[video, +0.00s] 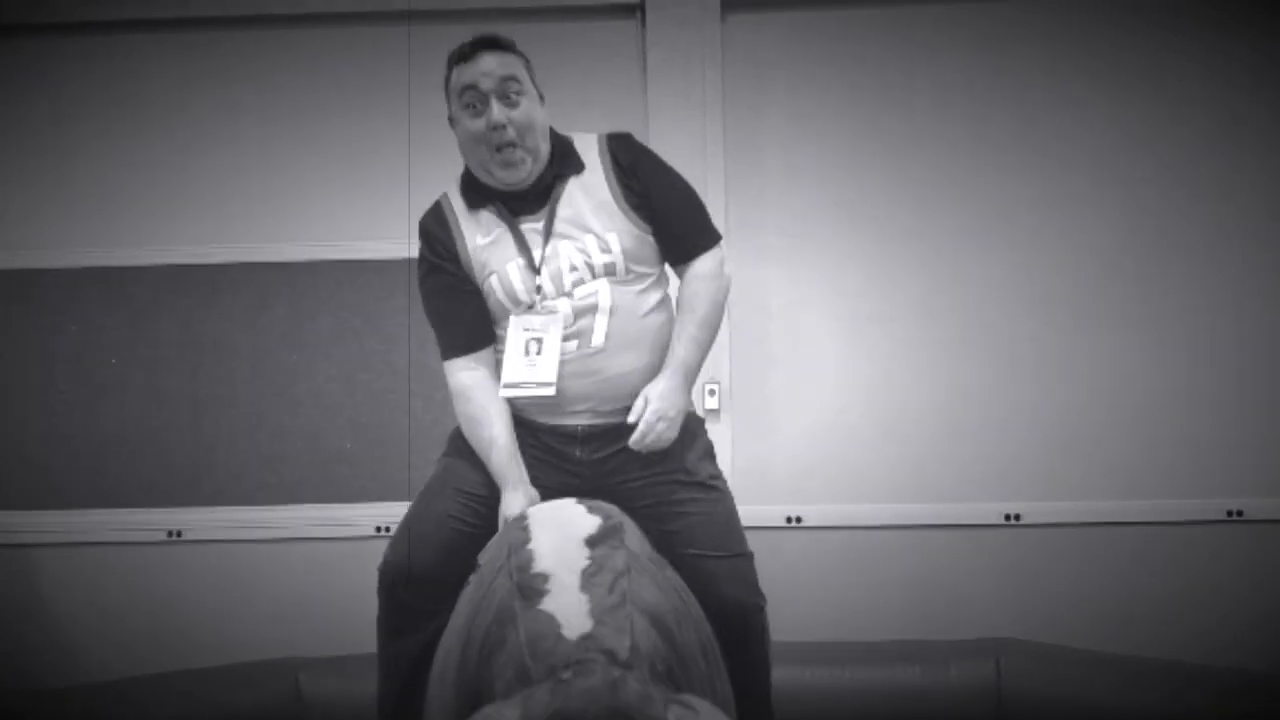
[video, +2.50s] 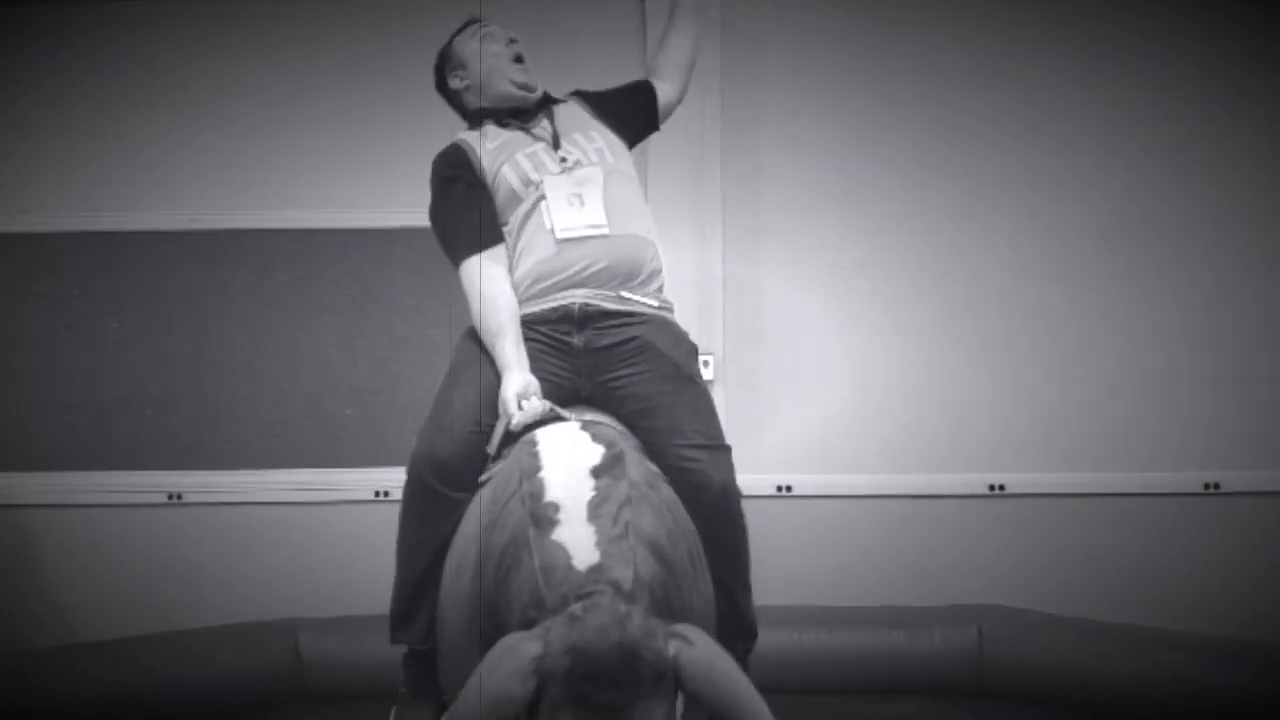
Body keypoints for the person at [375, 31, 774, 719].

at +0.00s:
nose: (497, 118)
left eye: (512, 95)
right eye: (474, 104)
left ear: (542, 103)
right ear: (453, 126)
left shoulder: (619, 161)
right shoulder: (447, 228)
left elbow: (707, 263)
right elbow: (470, 373)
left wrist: (677, 378)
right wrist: (513, 482)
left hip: (651, 441)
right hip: (513, 448)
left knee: (735, 604)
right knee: (411, 574)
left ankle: (750, 718)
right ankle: (406, 715)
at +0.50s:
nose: (553, 164)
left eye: (563, 146)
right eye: (531, 151)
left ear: (580, 156)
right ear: (502, 173)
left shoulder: (632, 221)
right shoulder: (476, 254)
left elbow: (693, 319)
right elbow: (467, 376)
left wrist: (631, 410)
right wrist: (514, 450)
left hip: (641, 428)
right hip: (522, 437)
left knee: (726, 545)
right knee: (424, 542)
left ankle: (758, 708)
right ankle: (411, 707)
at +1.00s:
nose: (572, 218)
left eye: (582, 206)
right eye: (555, 207)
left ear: (597, 221)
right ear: (529, 227)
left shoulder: (628, 272)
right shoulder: (500, 287)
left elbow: (654, 351)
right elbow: (479, 383)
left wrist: (595, 415)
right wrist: (521, 437)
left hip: (625, 422)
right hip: (528, 430)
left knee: (728, 511)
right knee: (441, 519)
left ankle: (742, 659)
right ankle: (420, 666)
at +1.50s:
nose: (561, 164)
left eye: (572, 153)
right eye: (545, 153)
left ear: (586, 170)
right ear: (517, 172)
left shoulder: (617, 230)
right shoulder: (485, 239)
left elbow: (628, 318)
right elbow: (474, 336)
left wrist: (567, 399)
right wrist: (509, 405)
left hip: (607, 390)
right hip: (510, 396)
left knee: (695, 498)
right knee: (438, 479)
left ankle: (728, 682)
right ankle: (421, 675)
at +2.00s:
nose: (533, 64)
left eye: (534, 51)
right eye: (509, 56)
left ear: (547, 65)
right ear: (474, 87)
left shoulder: (605, 132)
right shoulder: (466, 172)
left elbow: (699, 155)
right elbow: (474, 284)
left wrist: (765, 111)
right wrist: (508, 371)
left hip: (626, 339)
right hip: (519, 346)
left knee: (700, 476)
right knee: (434, 456)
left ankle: (725, 663)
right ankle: (418, 652)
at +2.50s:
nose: (519, 51)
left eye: (516, 45)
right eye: (496, 47)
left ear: (527, 66)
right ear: (461, 86)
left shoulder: (596, 112)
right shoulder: (465, 158)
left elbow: (670, 75)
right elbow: (485, 276)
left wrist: (681, 3)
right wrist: (514, 371)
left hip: (637, 328)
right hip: (521, 336)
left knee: (710, 480)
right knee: (438, 466)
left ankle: (730, 666)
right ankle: (419, 669)